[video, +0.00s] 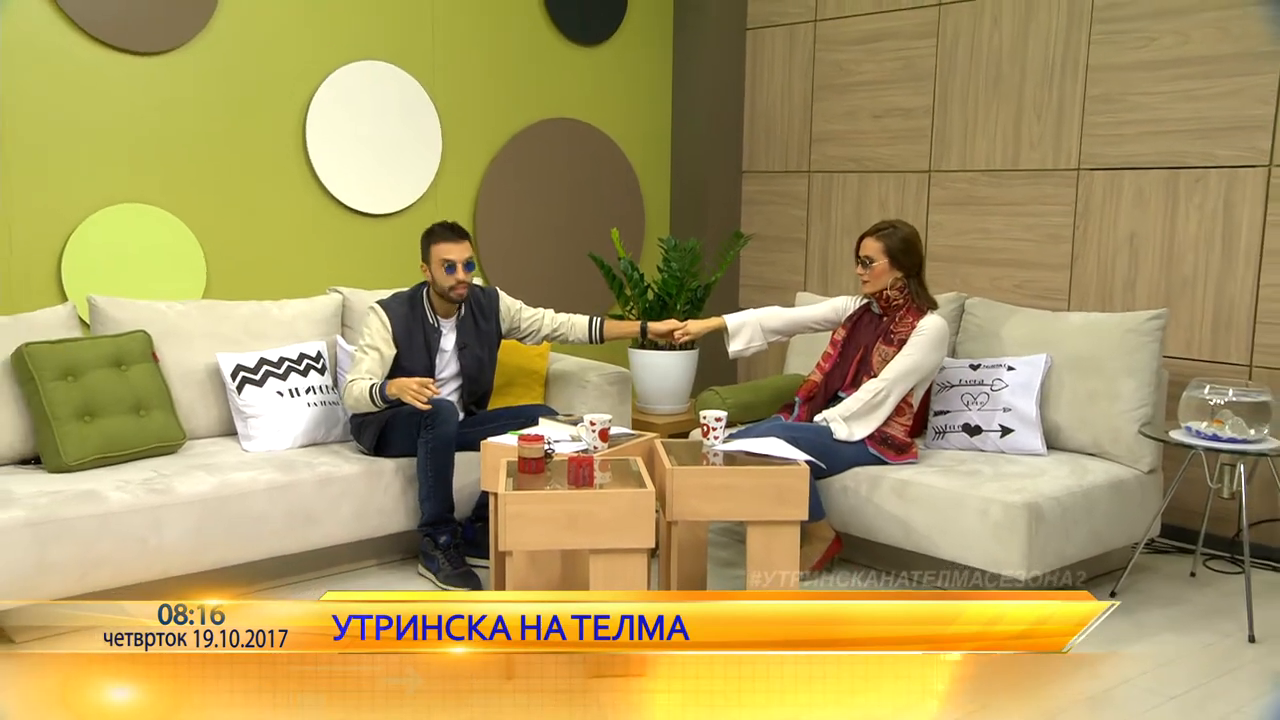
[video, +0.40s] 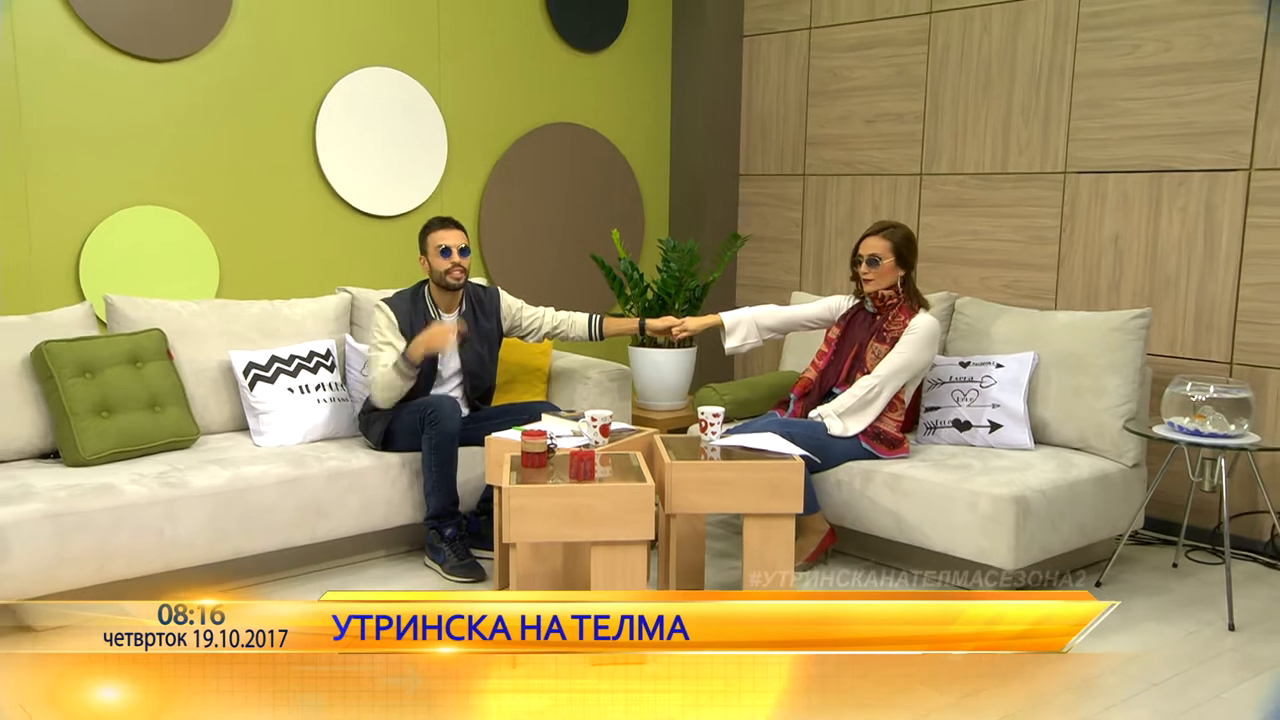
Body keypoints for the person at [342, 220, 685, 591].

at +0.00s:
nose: (461, 277)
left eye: (467, 265)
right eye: (448, 267)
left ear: (474, 265)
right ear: (426, 270)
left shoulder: (490, 304)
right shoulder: (388, 315)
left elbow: (558, 325)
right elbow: (353, 392)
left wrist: (645, 329)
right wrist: (390, 387)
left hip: (458, 422)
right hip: (389, 426)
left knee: (545, 420)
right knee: (442, 410)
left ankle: (478, 530)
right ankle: (438, 544)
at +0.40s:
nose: (456, 260)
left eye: (463, 251)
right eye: (444, 252)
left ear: (470, 257)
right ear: (424, 261)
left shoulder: (489, 301)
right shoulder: (394, 312)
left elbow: (556, 323)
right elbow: (382, 393)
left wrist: (642, 325)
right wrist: (416, 350)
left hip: (464, 418)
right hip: (394, 421)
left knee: (547, 415)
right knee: (444, 406)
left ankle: (485, 521)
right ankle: (443, 534)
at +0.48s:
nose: (455, 258)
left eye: (462, 250)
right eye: (443, 251)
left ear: (469, 255)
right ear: (424, 259)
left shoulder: (488, 299)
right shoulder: (398, 310)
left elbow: (555, 322)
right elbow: (410, 383)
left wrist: (642, 326)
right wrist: (433, 320)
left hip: (465, 416)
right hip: (398, 419)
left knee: (548, 415)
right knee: (446, 406)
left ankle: (486, 520)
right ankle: (445, 533)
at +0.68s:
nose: (463, 253)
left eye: (468, 245)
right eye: (450, 246)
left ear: (475, 254)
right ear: (429, 260)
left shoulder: (491, 295)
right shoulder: (408, 314)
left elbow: (554, 318)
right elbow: (452, 382)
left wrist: (641, 322)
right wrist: (459, 314)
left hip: (468, 412)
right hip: (405, 417)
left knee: (551, 413)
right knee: (467, 404)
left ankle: (488, 515)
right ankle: (449, 528)